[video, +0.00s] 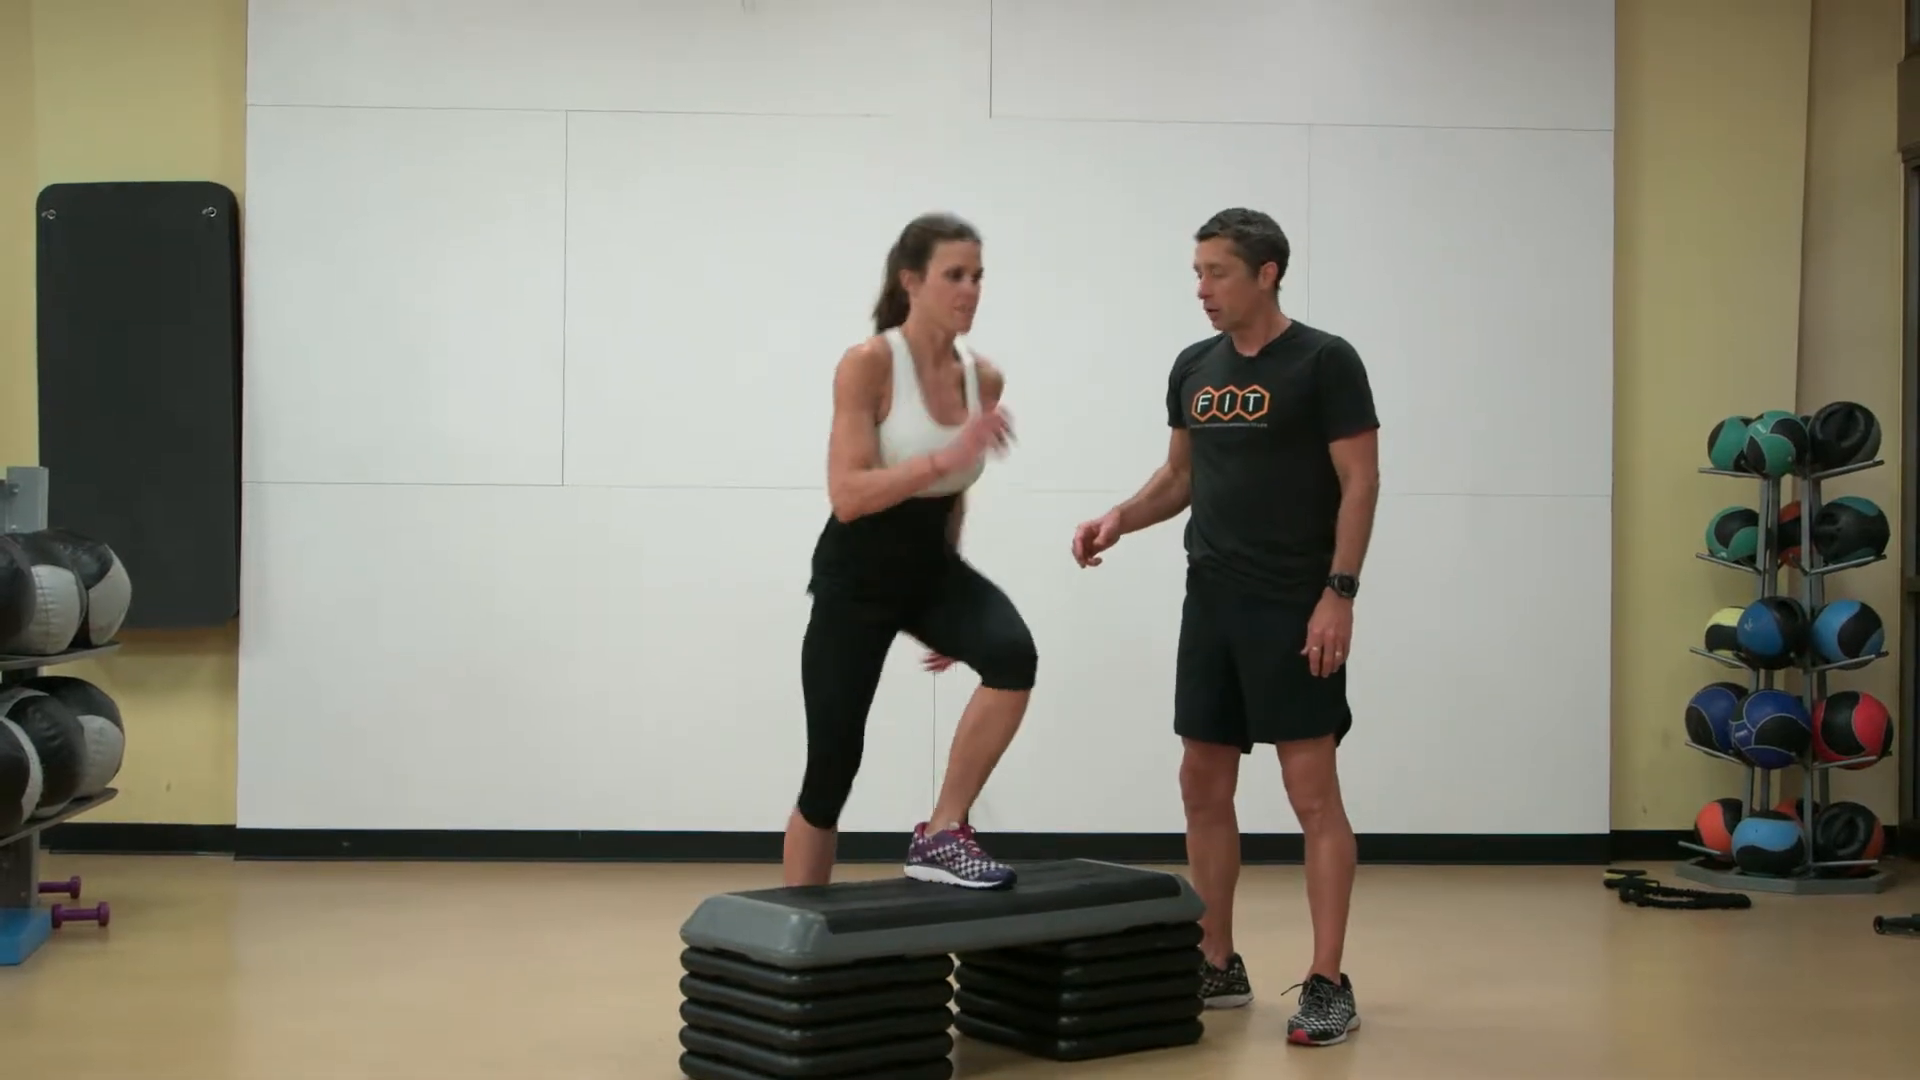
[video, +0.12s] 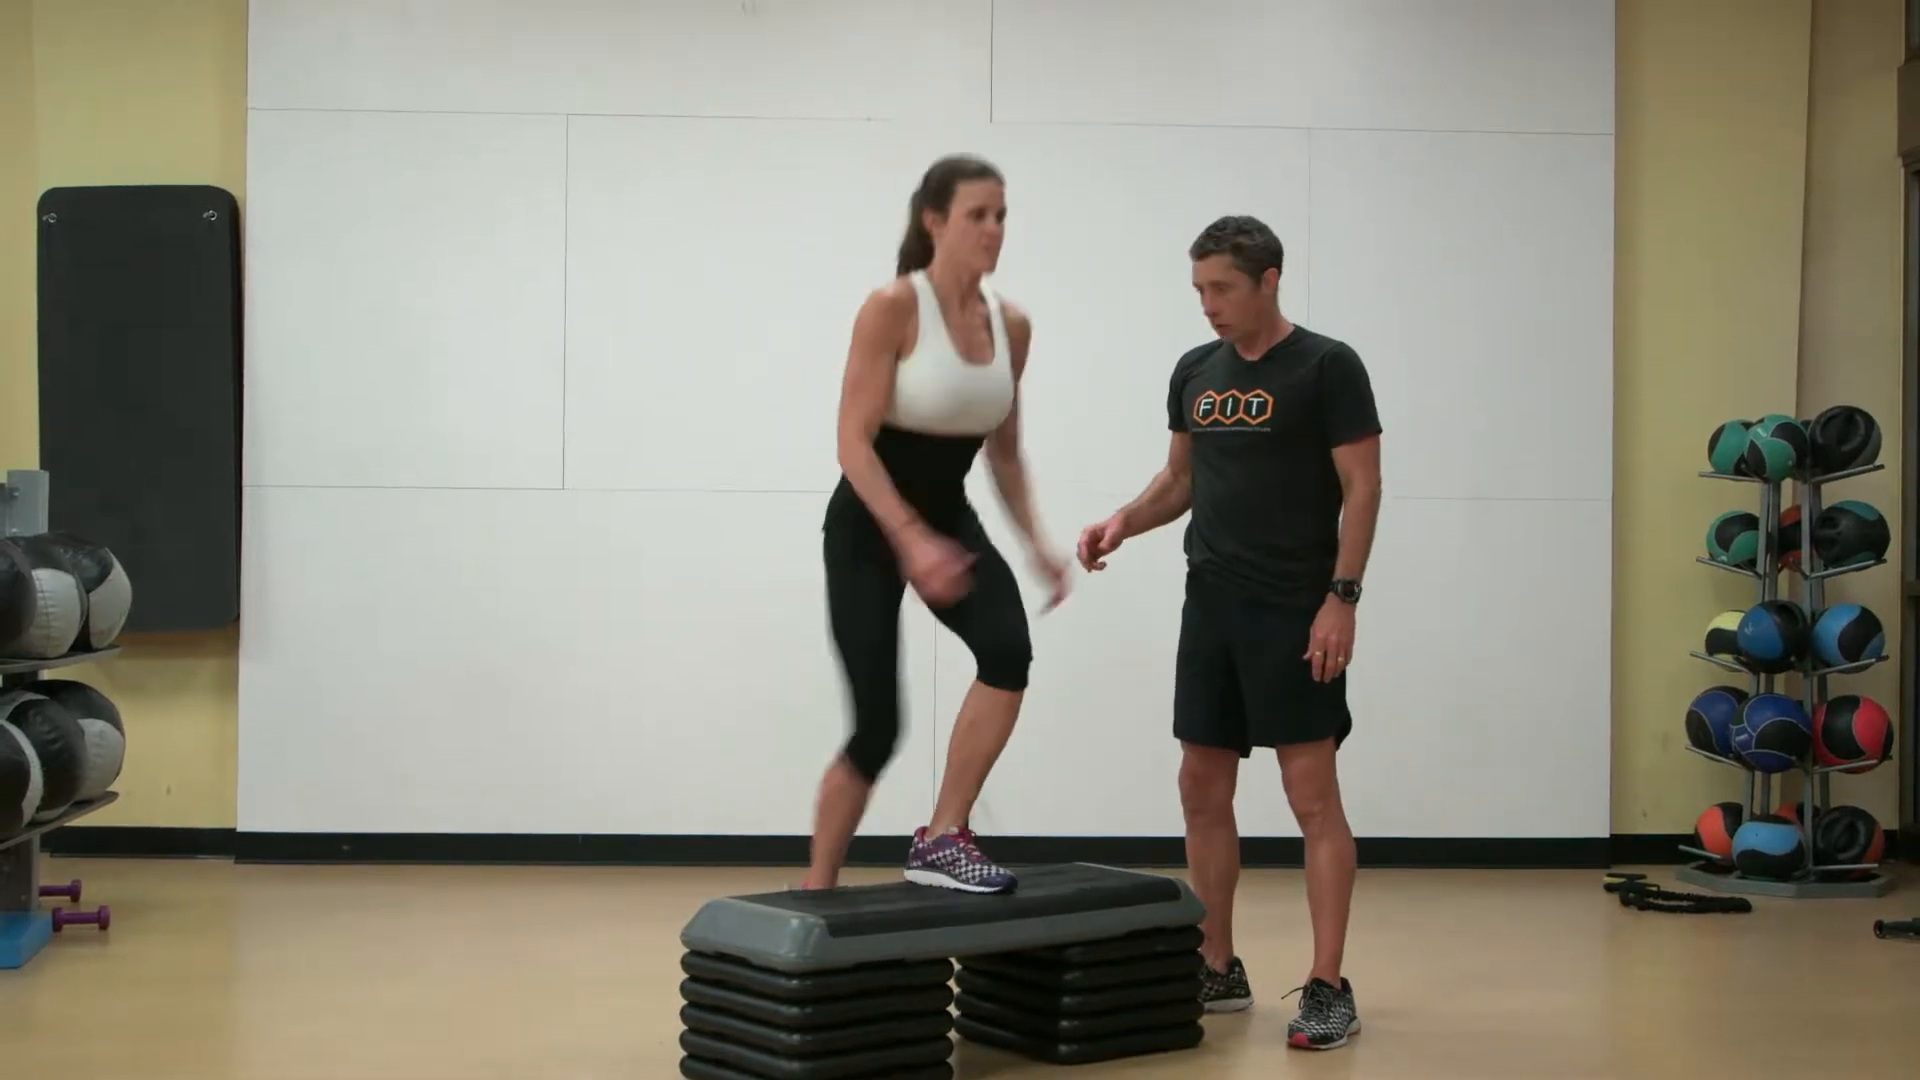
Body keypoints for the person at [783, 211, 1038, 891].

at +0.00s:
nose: (971, 289)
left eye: (977, 275)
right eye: (955, 275)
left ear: (981, 282)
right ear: (909, 282)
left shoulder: (980, 379)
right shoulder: (867, 367)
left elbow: (953, 500)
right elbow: (846, 497)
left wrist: (945, 615)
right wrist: (952, 454)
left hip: (930, 570)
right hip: (855, 576)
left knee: (1012, 656)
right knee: (832, 768)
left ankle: (943, 833)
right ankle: (801, 939)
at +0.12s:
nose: (995, 230)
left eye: (1000, 216)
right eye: (979, 216)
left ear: (1003, 224)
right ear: (932, 222)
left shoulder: (1008, 327)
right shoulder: (891, 310)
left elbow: (1004, 452)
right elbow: (852, 443)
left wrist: (1036, 542)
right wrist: (911, 537)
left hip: (945, 509)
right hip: (871, 511)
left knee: (1007, 654)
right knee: (878, 726)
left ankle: (942, 838)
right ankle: (815, 895)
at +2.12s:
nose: (1004, 93)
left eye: (1012, 81)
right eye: (990, 79)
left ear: (1015, 93)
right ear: (945, 84)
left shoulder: (1032, 191)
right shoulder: (888, 175)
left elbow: (1083, 308)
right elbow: (811, 279)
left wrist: (1073, 205)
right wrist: (758, 375)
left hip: (977, 398)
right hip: (892, 384)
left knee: (976, 612)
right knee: (1030, 406)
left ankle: (982, 817)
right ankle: (927, 558)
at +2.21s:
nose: (1009, 82)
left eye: (1018, 68)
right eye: (995, 67)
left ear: (1022, 80)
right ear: (951, 72)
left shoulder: (1038, 181)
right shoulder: (892, 163)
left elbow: (1097, 293)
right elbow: (814, 264)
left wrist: (1083, 186)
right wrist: (764, 361)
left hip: (981, 387)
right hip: (898, 370)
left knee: (989, 595)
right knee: (1041, 365)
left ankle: (991, 805)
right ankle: (935, 524)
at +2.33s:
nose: (1014, 114)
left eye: (1022, 101)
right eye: (998, 99)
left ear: (1026, 112)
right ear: (955, 104)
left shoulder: (1040, 214)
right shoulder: (900, 196)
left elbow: (1102, 329)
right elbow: (826, 302)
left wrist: (1091, 226)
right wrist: (784, 413)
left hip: (983, 421)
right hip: (902, 408)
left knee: (1006, 627)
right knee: (1041, 412)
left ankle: (996, 836)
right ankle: (928, 561)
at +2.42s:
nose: (1017, 152)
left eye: (1025, 137)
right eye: (1002, 135)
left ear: (1029, 148)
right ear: (958, 141)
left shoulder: (1041, 254)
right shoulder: (906, 235)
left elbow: (1083, 384)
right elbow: (840, 351)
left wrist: (1091, 302)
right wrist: (815, 473)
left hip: (984, 456)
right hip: (904, 449)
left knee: (1024, 653)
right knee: (1029, 518)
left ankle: (988, 850)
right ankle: (912, 635)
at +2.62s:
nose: (1009, 217)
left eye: (1016, 205)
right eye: (994, 203)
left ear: (1019, 213)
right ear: (950, 206)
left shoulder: (1016, 310)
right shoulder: (903, 300)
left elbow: (986, 425)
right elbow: (864, 430)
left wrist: (1025, 488)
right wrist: (956, 458)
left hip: (969, 520)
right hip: (892, 523)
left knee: (1046, 660)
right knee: (887, 723)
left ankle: (989, 851)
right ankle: (816, 887)